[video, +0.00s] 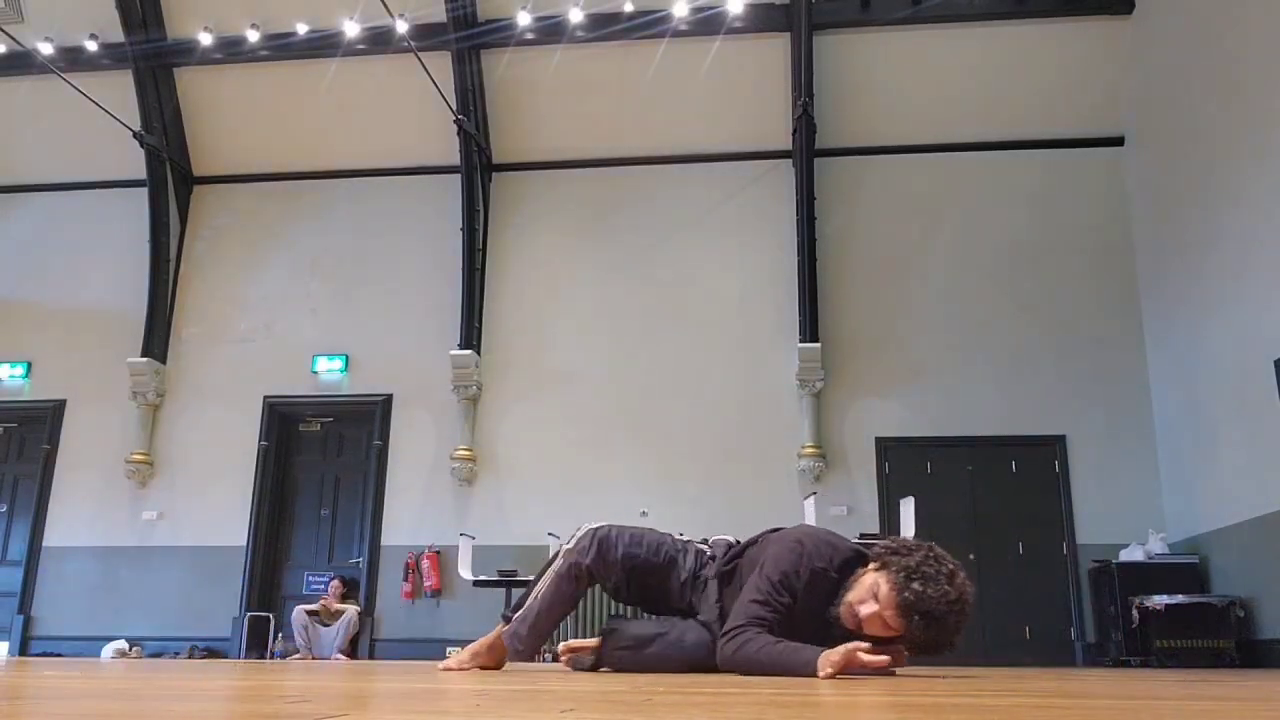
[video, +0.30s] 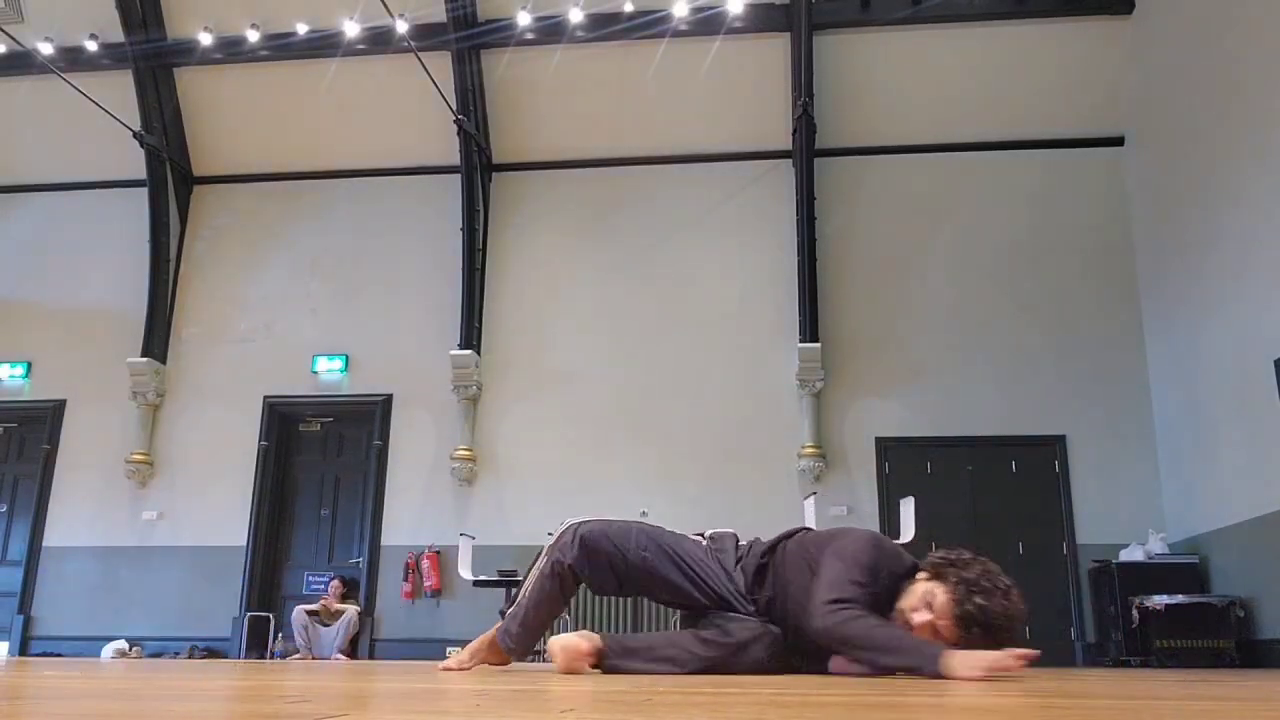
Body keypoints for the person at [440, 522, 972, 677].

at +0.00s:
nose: (860, 612)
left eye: (879, 624)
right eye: (870, 596)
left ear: (902, 640)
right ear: (874, 564)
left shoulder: (893, 634)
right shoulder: (800, 555)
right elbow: (736, 645)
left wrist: (871, 661)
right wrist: (820, 661)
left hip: (722, 636)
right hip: (701, 572)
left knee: (637, 646)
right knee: (590, 545)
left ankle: (594, 649)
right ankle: (507, 643)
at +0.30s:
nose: (915, 625)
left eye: (934, 633)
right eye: (924, 609)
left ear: (952, 647)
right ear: (922, 577)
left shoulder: (918, 639)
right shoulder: (861, 555)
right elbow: (823, 618)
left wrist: (861, 661)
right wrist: (941, 662)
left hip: (764, 631)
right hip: (732, 569)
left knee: (757, 643)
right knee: (580, 541)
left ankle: (600, 652)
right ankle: (509, 639)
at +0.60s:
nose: (971, 637)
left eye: (986, 640)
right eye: (981, 623)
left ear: (993, 631)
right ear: (984, 593)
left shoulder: (945, 629)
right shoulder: (928, 550)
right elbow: (1001, 606)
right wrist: (1107, 657)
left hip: (797, 618)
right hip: (758, 565)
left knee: (858, 644)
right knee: (563, 571)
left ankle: (727, 656)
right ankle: (501, 645)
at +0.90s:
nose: (1007, 629)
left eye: (1023, 641)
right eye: (1016, 613)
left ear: (1020, 650)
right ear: (1006, 589)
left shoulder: (959, 645)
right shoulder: (964, 559)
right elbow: (1074, 585)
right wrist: (1172, 659)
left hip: (827, 619)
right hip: (792, 556)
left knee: (906, 644)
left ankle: (734, 661)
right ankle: (537, 627)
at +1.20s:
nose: (1008, 637)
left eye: (1015, 650)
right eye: (1020, 625)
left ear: (1010, 656)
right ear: (1017, 598)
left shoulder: (940, 641)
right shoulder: (979, 555)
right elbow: (1084, 584)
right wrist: (1170, 646)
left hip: (769, 629)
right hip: (782, 545)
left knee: (886, 649)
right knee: (953, 522)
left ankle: (717, 644)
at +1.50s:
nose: (1019, 637)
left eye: (1026, 646)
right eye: (1024, 630)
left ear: (1023, 647)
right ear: (1017, 611)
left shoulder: (973, 629)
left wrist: (1014, 646)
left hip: (831, 589)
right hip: (846, 518)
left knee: (976, 649)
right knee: (1036, 498)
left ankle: (772, 627)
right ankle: (1116, 631)